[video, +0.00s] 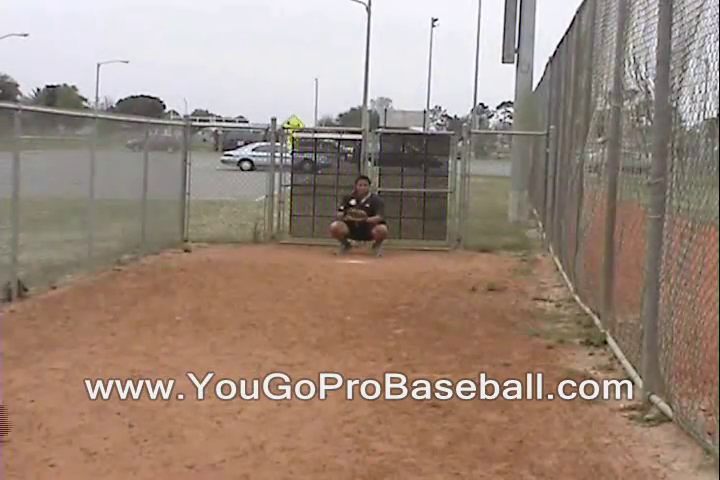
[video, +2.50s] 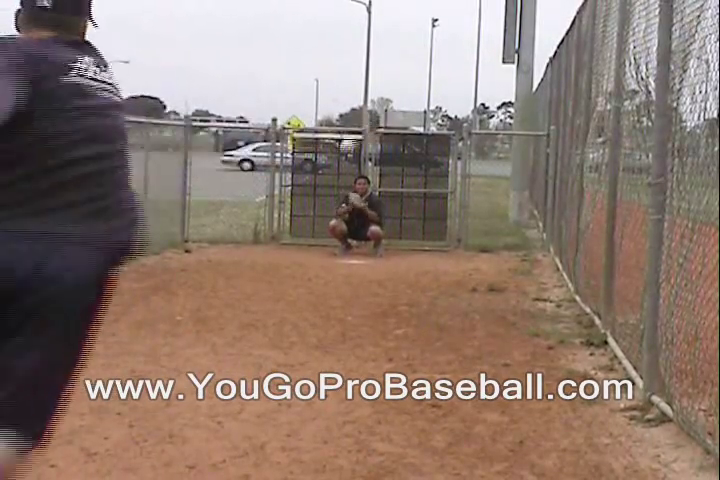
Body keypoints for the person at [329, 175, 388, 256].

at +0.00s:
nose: (362, 188)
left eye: (365, 185)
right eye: (360, 185)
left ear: (369, 187)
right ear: (355, 187)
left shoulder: (376, 200)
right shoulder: (348, 199)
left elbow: (380, 217)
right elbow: (339, 214)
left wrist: (365, 219)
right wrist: (347, 217)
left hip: (367, 227)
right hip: (351, 227)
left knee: (381, 229)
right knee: (335, 227)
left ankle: (376, 246)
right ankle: (345, 244)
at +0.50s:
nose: (362, 187)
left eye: (365, 184)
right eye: (360, 184)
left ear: (369, 186)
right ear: (355, 186)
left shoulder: (375, 200)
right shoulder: (348, 198)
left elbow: (380, 217)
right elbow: (338, 213)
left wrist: (366, 219)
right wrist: (347, 218)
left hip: (367, 227)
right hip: (351, 226)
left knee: (380, 230)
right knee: (334, 227)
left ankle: (376, 245)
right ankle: (345, 244)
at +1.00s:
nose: (362, 187)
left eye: (365, 185)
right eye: (360, 185)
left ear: (368, 187)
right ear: (355, 186)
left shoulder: (374, 200)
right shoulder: (348, 198)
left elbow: (378, 217)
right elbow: (340, 214)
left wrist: (363, 219)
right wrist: (348, 218)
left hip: (366, 227)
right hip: (350, 226)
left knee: (379, 231)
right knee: (333, 228)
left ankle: (377, 245)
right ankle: (345, 245)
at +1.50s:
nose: (362, 187)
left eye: (364, 185)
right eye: (360, 184)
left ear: (368, 186)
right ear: (355, 186)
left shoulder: (373, 200)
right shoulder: (348, 198)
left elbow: (379, 217)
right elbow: (339, 213)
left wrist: (364, 217)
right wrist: (346, 216)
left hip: (365, 227)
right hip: (350, 226)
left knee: (376, 231)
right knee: (334, 227)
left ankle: (376, 245)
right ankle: (346, 245)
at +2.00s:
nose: (361, 187)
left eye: (364, 184)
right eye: (359, 184)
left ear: (368, 187)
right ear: (355, 186)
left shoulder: (373, 200)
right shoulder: (348, 198)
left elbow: (379, 217)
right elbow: (339, 213)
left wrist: (363, 215)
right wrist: (346, 215)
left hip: (366, 227)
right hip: (351, 226)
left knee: (376, 231)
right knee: (334, 226)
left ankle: (377, 245)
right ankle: (346, 245)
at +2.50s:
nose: (361, 187)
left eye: (364, 184)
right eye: (359, 184)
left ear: (368, 186)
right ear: (354, 186)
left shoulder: (373, 199)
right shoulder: (349, 197)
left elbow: (378, 219)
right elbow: (338, 213)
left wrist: (363, 208)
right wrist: (348, 208)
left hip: (366, 227)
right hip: (351, 226)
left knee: (376, 231)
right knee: (334, 225)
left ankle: (377, 245)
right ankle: (346, 245)